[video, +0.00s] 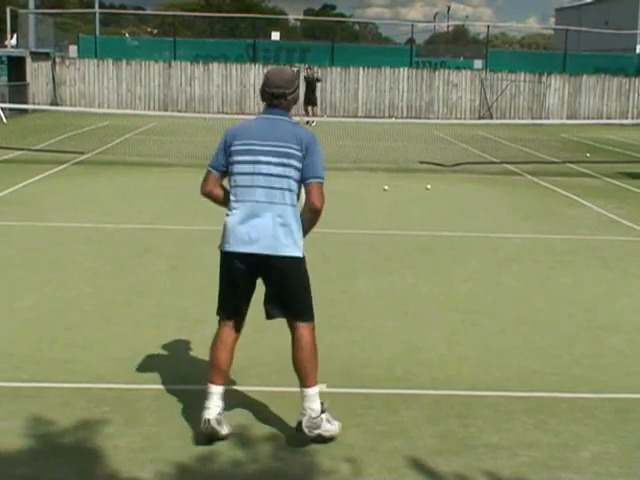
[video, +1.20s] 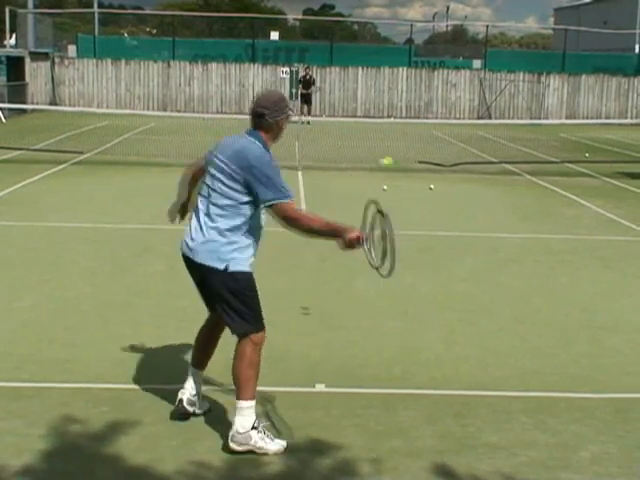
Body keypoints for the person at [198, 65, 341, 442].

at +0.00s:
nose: (290, 99)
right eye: (292, 95)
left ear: (261, 97)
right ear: (292, 99)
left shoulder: (236, 134)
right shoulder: (305, 138)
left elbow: (209, 187)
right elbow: (315, 203)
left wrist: (241, 205)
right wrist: (298, 232)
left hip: (237, 245)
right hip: (283, 247)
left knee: (229, 323)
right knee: (302, 324)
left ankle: (211, 412)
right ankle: (312, 414)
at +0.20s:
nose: (304, 128)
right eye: (306, 123)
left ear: (274, 124)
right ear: (306, 126)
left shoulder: (248, 160)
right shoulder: (310, 169)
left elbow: (234, 217)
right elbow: (316, 235)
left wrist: (259, 242)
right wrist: (312, 268)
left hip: (242, 272)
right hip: (287, 275)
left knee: (231, 343)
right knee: (318, 342)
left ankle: (196, 425)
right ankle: (315, 433)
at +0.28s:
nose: (311, 130)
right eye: (311, 126)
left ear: (278, 126)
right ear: (309, 130)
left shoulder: (253, 160)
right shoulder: (308, 171)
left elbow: (255, 214)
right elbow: (309, 236)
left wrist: (305, 225)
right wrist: (321, 263)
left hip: (238, 267)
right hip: (279, 273)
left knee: (240, 337)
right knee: (316, 342)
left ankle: (202, 408)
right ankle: (315, 434)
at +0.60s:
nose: (305, 127)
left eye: (304, 122)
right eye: (305, 122)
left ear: (270, 121)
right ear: (298, 126)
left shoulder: (253, 149)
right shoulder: (277, 161)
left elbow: (298, 183)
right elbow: (272, 220)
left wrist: (345, 184)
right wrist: (325, 236)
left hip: (211, 257)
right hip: (240, 264)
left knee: (229, 330)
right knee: (279, 338)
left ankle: (199, 414)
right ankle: (275, 428)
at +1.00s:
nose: (304, 139)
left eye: (302, 132)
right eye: (303, 133)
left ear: (270, 132)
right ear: (299, 138)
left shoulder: (257, 158)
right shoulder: (268, 167)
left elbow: (287, 183)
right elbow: (253, 212)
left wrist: (315, 194)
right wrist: (299, 219)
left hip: (202, 258)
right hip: (225, 269)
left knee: (220, 327)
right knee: (265, 342)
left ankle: (191, 397)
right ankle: (243, 432)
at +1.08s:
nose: (299, 137)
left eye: (298, 132)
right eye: (298, 133)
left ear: (267, 130)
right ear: (293, 136)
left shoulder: (254, 157)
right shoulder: (262, 164)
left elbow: (257, 215)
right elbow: (262, 217)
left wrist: (297, 228)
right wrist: (305, 228)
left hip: (201, 257)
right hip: (223, 266)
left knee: (224, 321)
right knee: (260, 341)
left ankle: (190, 395)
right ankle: (242, 431)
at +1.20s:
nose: (286, 126)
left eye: (285, 120)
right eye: (286, 121)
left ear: (253, 118)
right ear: (280, 123)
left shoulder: (228, 145)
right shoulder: (258, 158)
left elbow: (194, 172)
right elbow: (290, 215)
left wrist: (184, 201)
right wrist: (341, 231)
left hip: (197, 252)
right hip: (226, 261)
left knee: (219, 315)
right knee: (253, 335)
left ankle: (190, 392)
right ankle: (243, 428)